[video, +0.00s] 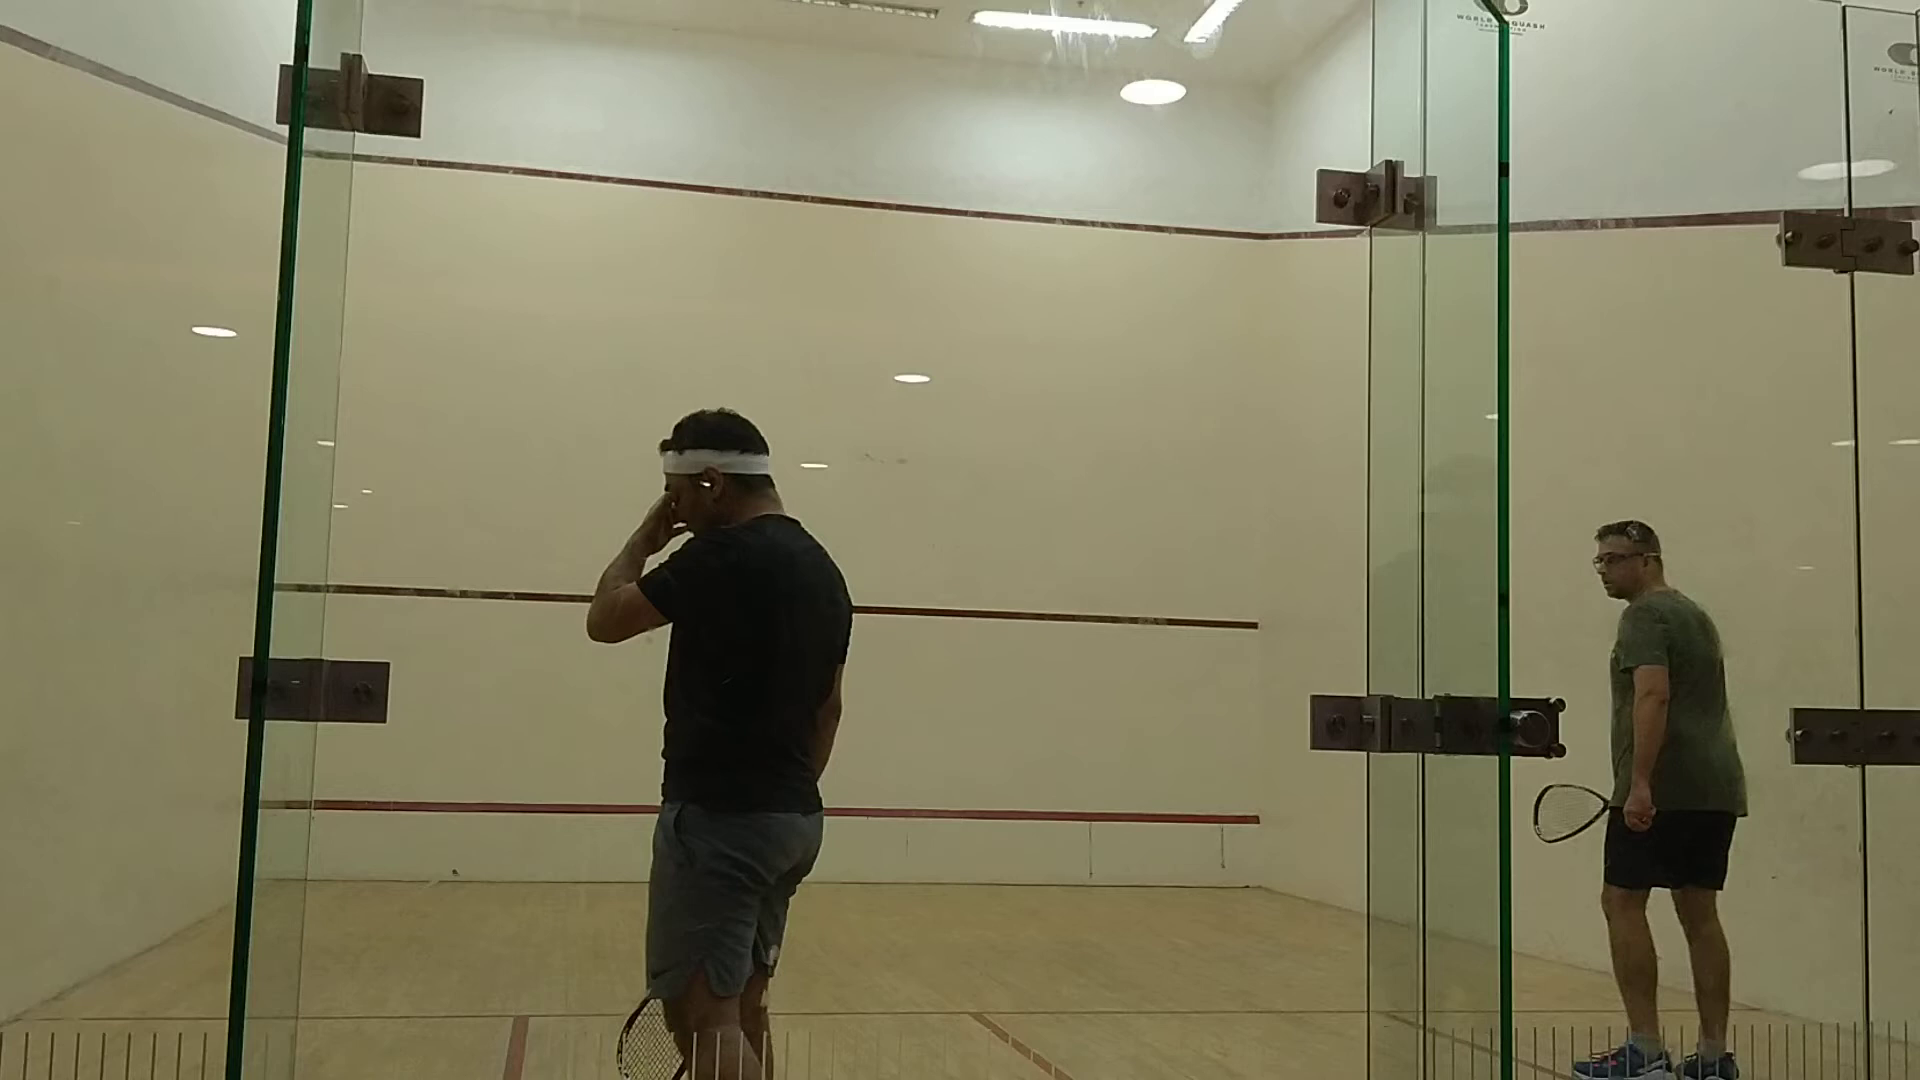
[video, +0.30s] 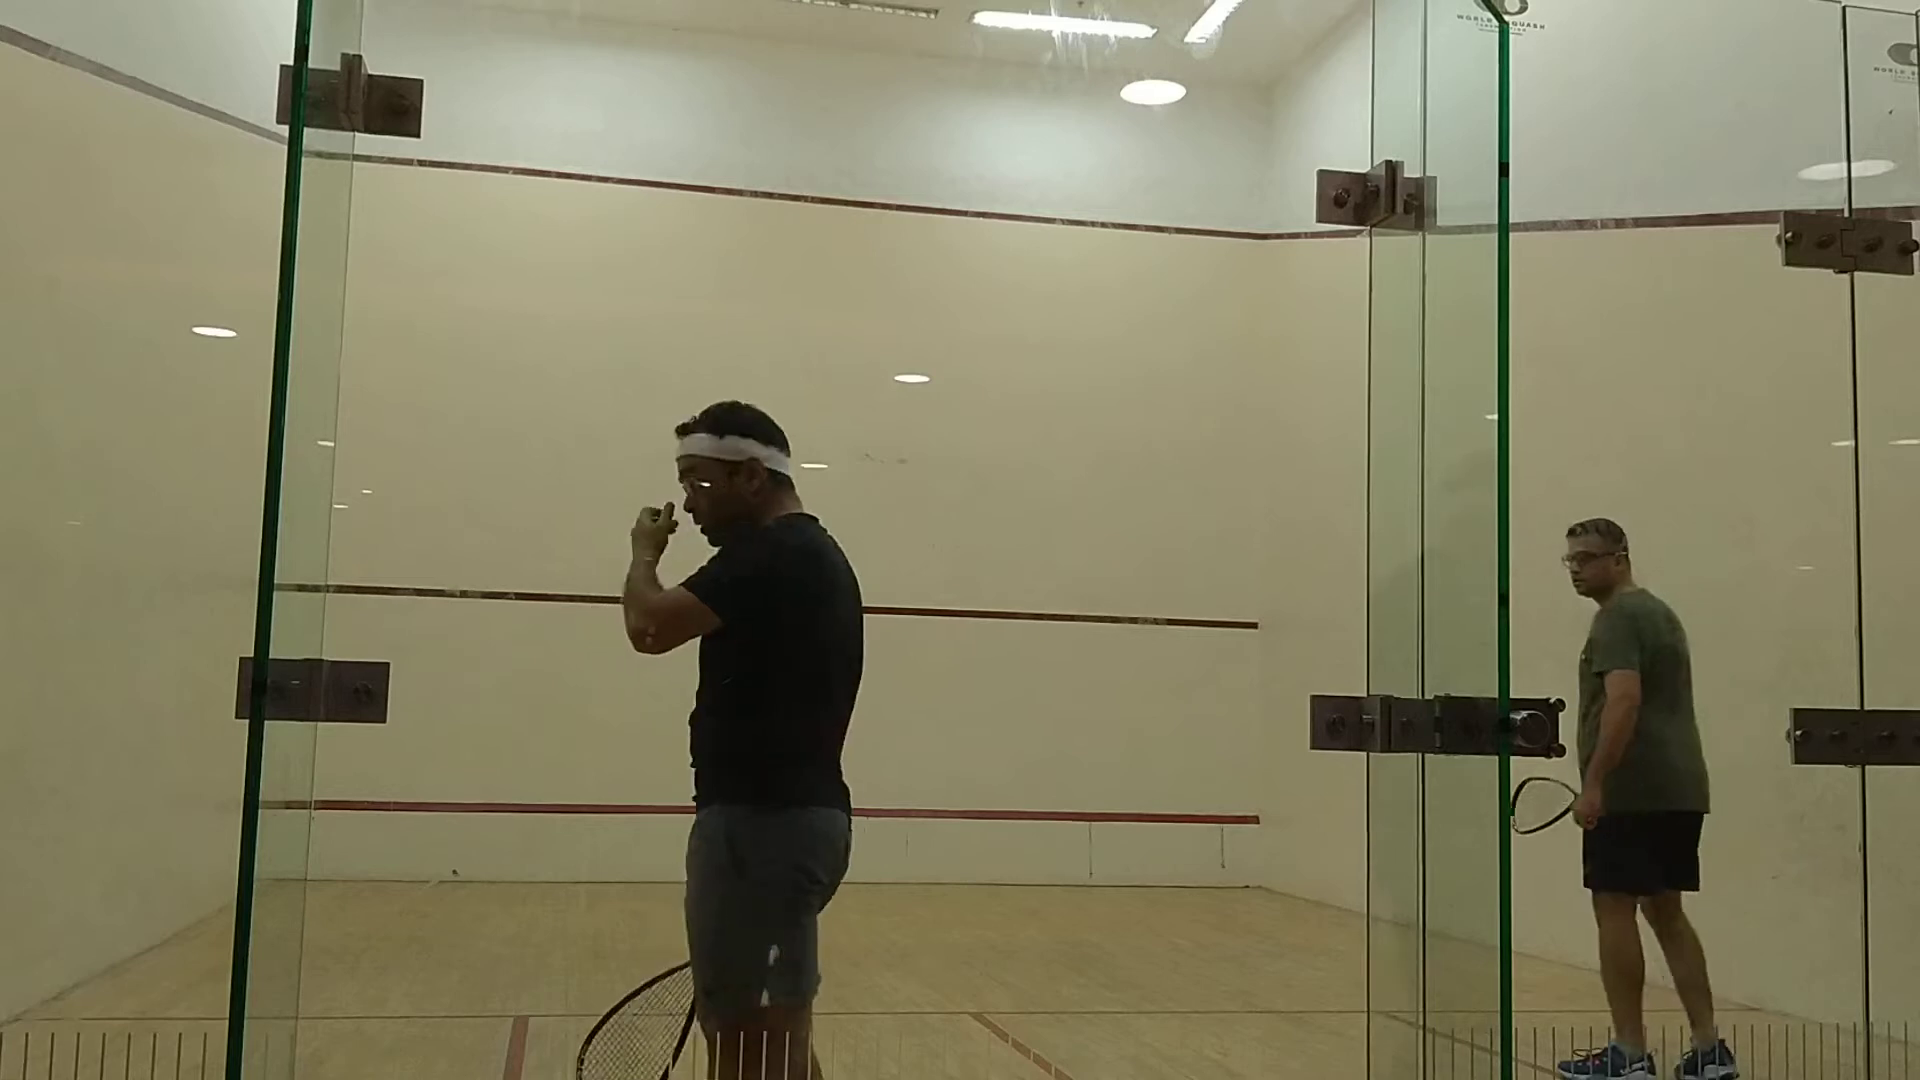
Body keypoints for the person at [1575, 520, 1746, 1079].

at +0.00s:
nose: (1601, 570)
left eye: (1611, 561)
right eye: (1599, 562)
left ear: (1646, 560)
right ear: (1648, 567)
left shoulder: (1644, 614)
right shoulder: (1692, 614)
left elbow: (1653, 697)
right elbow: (1702, 710)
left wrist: (1639, 782)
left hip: (1657, 793)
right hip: (1711, 793)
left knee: (1621, 901)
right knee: (1699, 910)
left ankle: (1644, 1047)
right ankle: (1714, 1053)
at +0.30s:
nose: (1574, 569)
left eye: (1585, 559)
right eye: (1570, 561)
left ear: (1618, 559)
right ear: (1623, 566)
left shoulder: (1619, 616)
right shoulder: (1656, 613)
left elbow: (1623, 702)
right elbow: (1662, 707)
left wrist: (1593, 780)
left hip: (1628, 794)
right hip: (1675, 793)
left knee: (1613, 909)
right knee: (1666, 910)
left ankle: (1629, 1051)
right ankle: (1708, 1049)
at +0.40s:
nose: (1561, 569)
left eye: (1572, 559)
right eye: (1558, 560)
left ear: (1605, 561)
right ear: (1613, 567)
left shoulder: (1607, 618)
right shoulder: (1646, 613)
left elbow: (1610, 706)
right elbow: (1646, 710)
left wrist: (1556, 766)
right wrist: (1582, 762)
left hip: (1617, 798)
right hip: (1664, 793)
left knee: (1612, 912)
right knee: (1647, 906)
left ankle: (1629, 1053)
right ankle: (1700, 1034)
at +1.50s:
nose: (1531, 604)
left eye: (1530, 592)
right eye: (1527, 594)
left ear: (1550, 580)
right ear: (1575, 575)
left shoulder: (1557, 623)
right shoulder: (1636, 619)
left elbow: (1538, 711)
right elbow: (1644, 708)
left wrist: (1554, 744)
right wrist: (1573, 740)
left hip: (1610, 796)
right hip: (1672, 790)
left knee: (1621, 917)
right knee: (1659, 914)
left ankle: (1629, 1052)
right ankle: (1670, 1050)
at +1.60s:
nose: (1531, 597)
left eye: (1533, 585)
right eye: (1528, 588)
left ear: (1558, 574)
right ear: (1578, 572)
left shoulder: (1553, 624)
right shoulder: (1644, 620)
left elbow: (1526, 715)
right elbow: (1676, 710)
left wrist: (1558, 742)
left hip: (1604, 796)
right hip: (1670, 791)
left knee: (1616, 916)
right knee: (1660, 912)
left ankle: (1629, 1052)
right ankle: (1670, 1049)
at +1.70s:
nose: (1531, 589)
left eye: (1535, 576)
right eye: (1527, 579)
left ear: (1565, 568)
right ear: (1580, 569)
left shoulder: (1552, 626)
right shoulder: (1645, 619)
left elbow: (1529, 718)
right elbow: (1681, 712)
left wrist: (1522, 751)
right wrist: (1677, 778)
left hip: (1600, 797)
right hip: (1667, 792)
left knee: (1614, 919)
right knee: (1658, 913)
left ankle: (1629, 1051)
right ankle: (1670, 1048)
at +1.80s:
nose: (1528, 584)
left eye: (1535, 572)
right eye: (1526, 574)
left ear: (1569, 566)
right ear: (1580, 569)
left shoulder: (1553, 625)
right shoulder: (1644, 619)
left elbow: (1535, 712)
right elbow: (1683, 710)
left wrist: (1520, 768)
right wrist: (1677, 780)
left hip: (1597, 799)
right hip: (1664, 794)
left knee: (1613, 919)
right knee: (1654, 912)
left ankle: (1630, 1051)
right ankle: (1670, 1047)